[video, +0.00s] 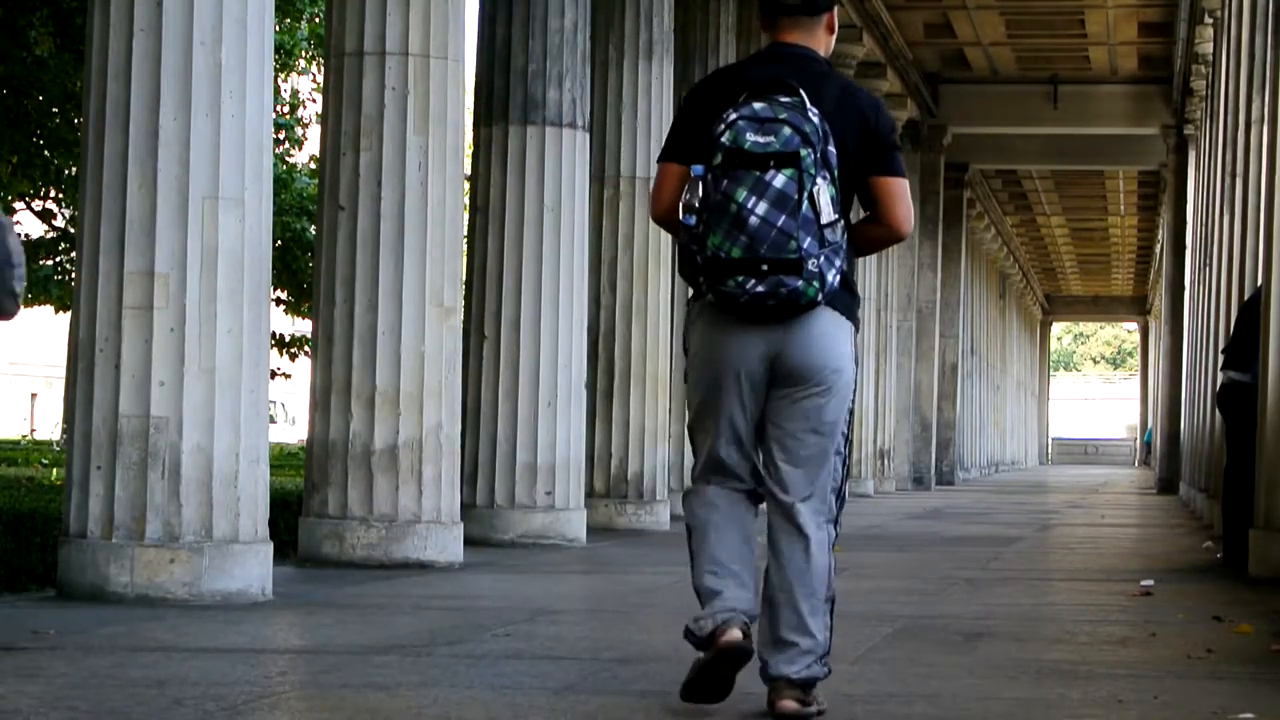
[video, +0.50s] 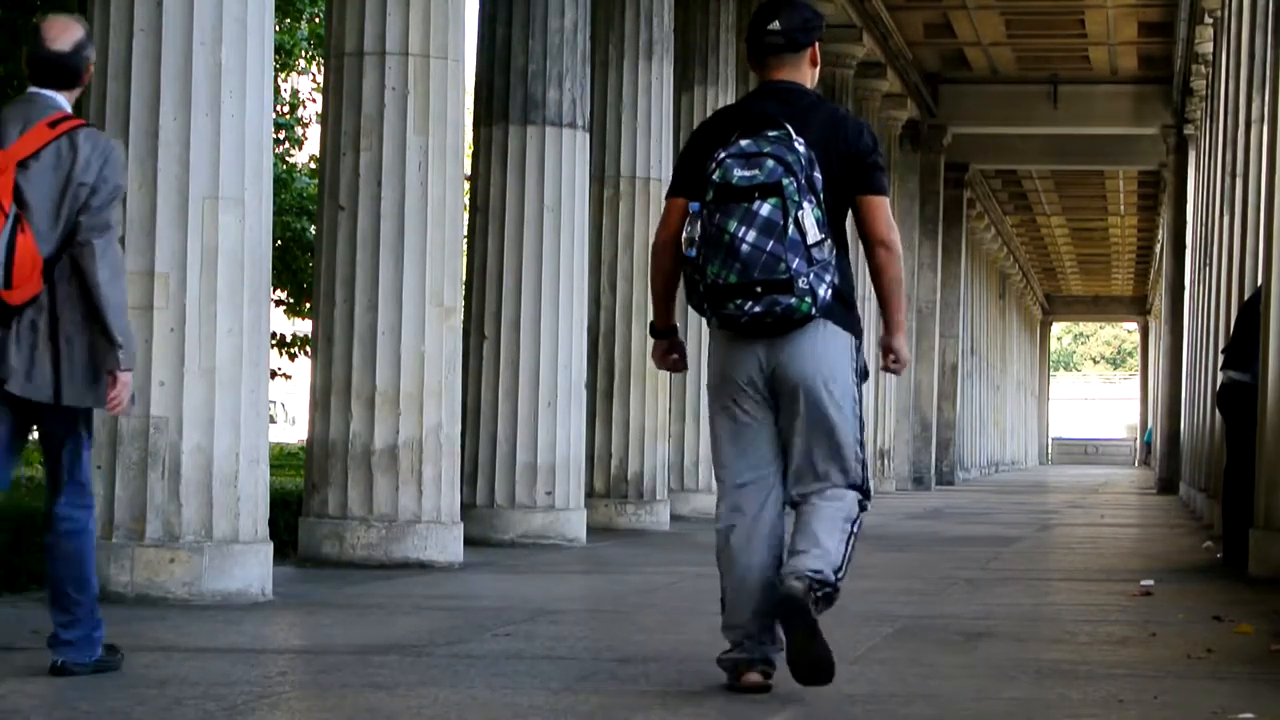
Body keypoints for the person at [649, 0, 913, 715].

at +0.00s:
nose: (835, 27)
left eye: (826, 19)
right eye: (835, 20)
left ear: (763, 22)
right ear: (831, 23)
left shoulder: (711, 92)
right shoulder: (859, 106)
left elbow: (665, 205)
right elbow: (896, 221)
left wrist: (732, 239)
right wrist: (831, 245)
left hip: (724, 320)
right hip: (820, 324)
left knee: (720, 477)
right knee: (804, 498)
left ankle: (727, 616)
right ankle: (793, 682)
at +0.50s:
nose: (820, 62)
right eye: (820, 52)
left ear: (753, 57)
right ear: (815, 54)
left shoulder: (711, 132)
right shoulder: (844, 131)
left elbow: (668, 236)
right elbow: (881, 239)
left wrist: (664, 323)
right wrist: (896, 327)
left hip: (733, 336)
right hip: (816, 333)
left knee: (746, 492)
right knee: (831, 482)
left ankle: (748, 658)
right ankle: (804, 583)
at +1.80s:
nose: (858, 127)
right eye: (860, 120)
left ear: (804, 122)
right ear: (857, 122)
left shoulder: (772, 182)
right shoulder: (883, 182)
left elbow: (751, 278)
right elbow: (915, 267)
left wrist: (767, 340)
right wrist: (934, 344)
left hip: (796, 351)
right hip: (869, 348)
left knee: (807, 480)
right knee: (877, 471)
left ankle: (813, 617)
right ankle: (868, 590)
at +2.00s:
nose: (868, 144)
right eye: (871, 137)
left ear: (818, 138)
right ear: (871, 139)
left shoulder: (785, 198)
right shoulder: (894, 200)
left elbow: (760, 285)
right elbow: (922, 282)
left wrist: (791, 328)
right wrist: (943, 356)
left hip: (802, 360)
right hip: (873, 360)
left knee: (809, 482)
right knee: (872, 482)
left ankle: (814, 609)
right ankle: (872, 605)